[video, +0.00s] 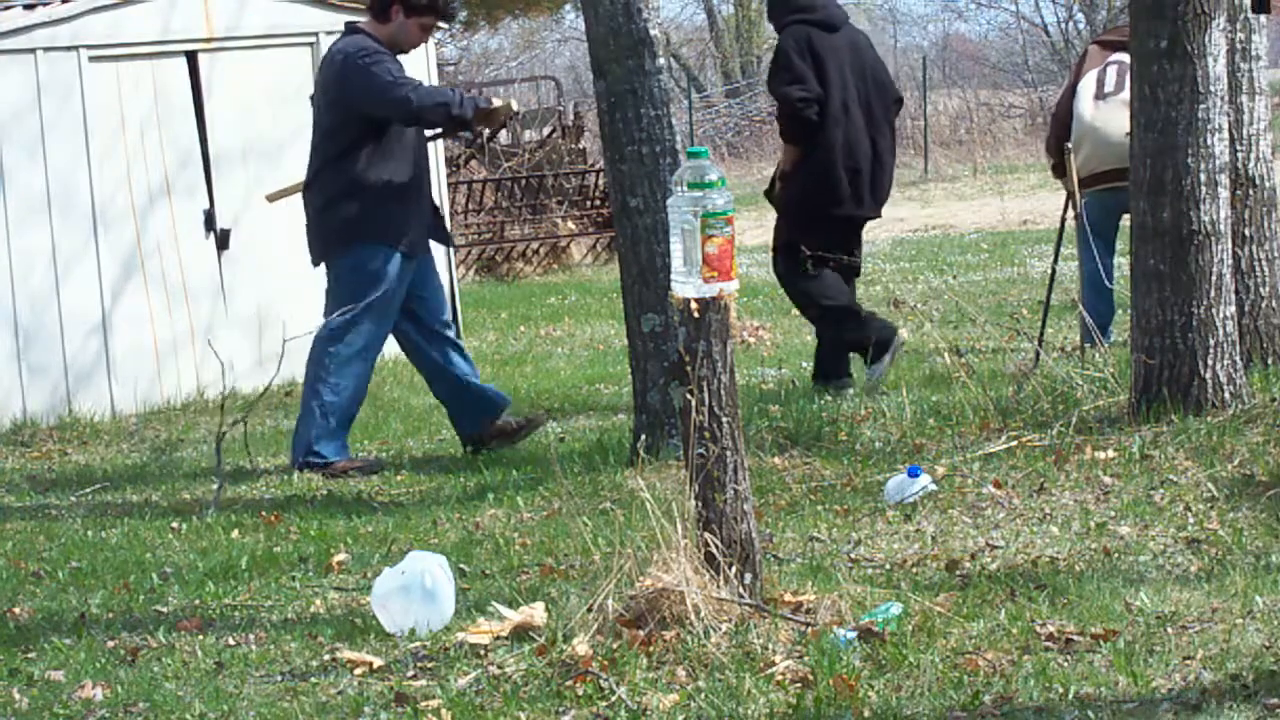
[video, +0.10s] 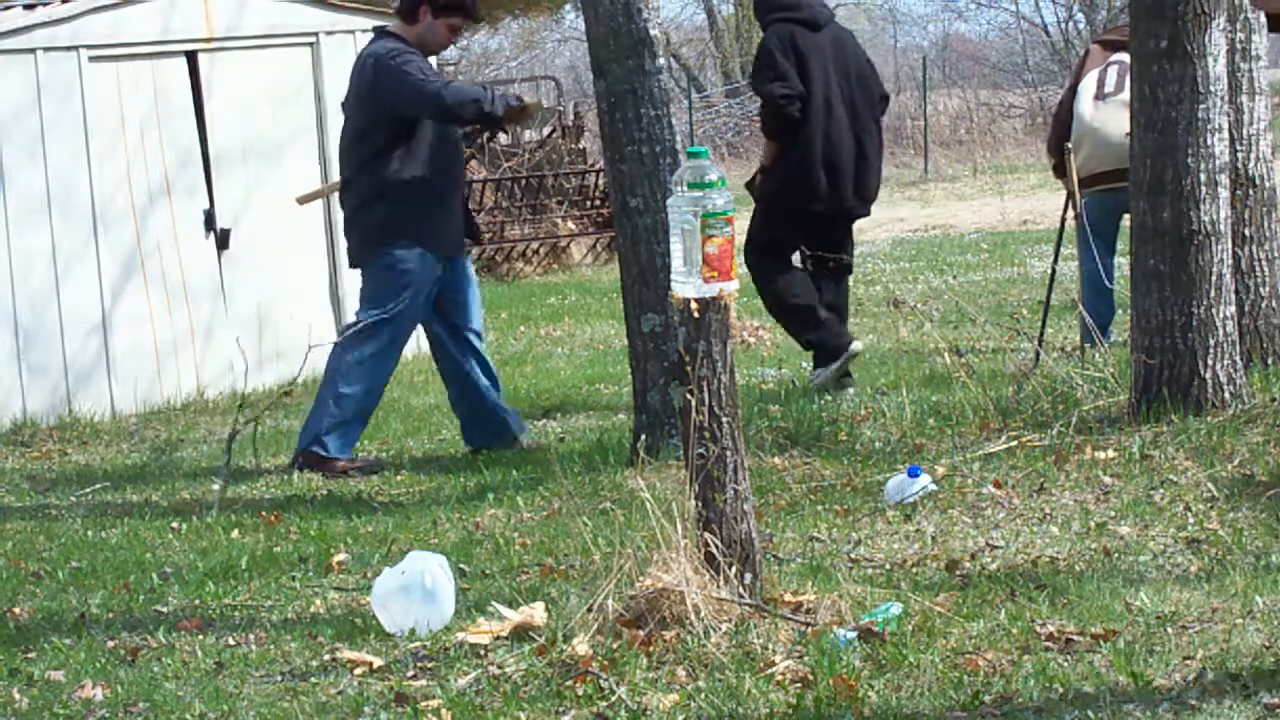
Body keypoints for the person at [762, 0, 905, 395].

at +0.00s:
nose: (770, 18)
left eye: (772, 11)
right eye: (770, 12)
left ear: (784, 8)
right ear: (823, 3)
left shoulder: (794, 40)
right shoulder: (857, 38)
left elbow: (800, 106)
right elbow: (890, 98)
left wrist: (788, 160)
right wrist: (867, 146)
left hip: (817, 176)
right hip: (863, 172)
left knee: (793, 264)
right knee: (840, 270)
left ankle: (875, 336)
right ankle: (831, 376)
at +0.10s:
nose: (757, 15)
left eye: (759, 10)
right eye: (758, 11)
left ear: (768, 8)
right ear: (811, 3)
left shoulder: (778, 38)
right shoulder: (842, 37)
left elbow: (783, 103)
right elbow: (877, 96)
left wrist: (769, 160)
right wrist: (849, 140)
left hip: (799, 174)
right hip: (848, 170)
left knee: (765, 254)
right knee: (832, 265)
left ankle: (830, 343)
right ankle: (833, 367)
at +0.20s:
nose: (741, 16)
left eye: (743, 11)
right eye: (742, 12)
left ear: (753, 8)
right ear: (798, 3)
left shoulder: (761, 40)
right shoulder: (829, 39)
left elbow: (766, 106)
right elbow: (863, 97)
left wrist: (753, 161)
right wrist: (833, 139)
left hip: (779, 178)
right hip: (832, 173)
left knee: (756, 264)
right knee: (824, 272)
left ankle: (780, 366)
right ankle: (833, 373)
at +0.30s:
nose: (725, 18)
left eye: (727, 13)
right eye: (726, 14)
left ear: (736, 11)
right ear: (781, 5)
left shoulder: (742, 45)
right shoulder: (815, 41)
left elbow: (749, 110)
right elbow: (848, 100)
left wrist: (741, 157)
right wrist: (814, 137)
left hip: (764, 185)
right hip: (816, 178)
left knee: (749, 285)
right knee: (816, 280)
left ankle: (735, 375)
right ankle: (831, 374)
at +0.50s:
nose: (686, 26)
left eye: (687, 19)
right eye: (687, 20)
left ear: (695, 18)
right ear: (738, 8)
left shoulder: (705, 55)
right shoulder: (774, 45)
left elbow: (713, 118)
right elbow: (813, 103)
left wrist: (708, 169)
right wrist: (777, 136)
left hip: (736, 191)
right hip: (788, 181)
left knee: (729, 292)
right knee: (797, 278)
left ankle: (710, 380)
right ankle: (830, 372)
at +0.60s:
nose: (658, 29)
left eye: (659, 21)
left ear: (668, 21)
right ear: (709, 10)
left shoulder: (678, 58)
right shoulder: (745, 44)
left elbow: (692, 120)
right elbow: (788, 99)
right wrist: (756, 137)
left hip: (709, 192)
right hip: (763, 180)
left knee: (705, 285)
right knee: (773, 273)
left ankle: (702, 381)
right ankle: (819, 360)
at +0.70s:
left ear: (656, 20)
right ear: (700, 13)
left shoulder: (653, 57)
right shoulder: (728, 50)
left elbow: (676, 102)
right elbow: (767, 99)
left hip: (676, 184)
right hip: (738, 175)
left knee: (678, 278)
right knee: (745, 268)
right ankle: (793, 342)